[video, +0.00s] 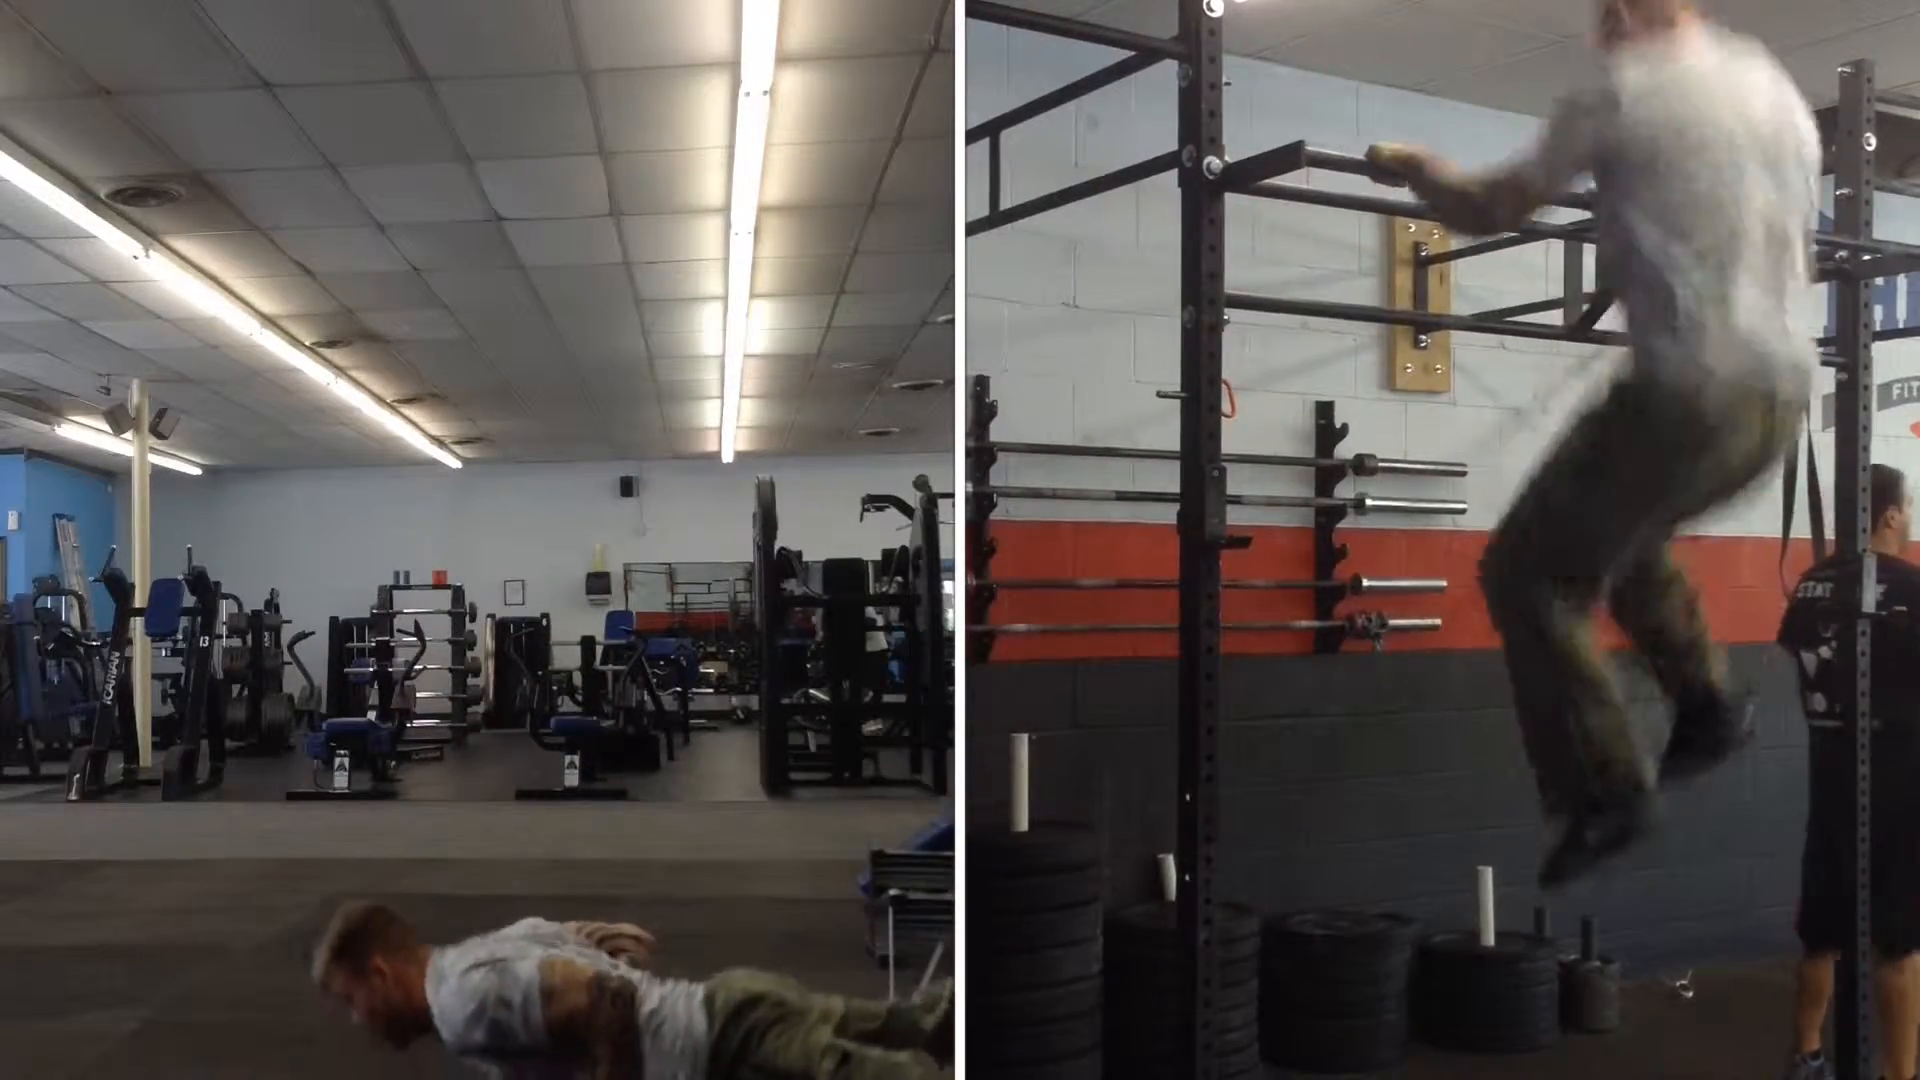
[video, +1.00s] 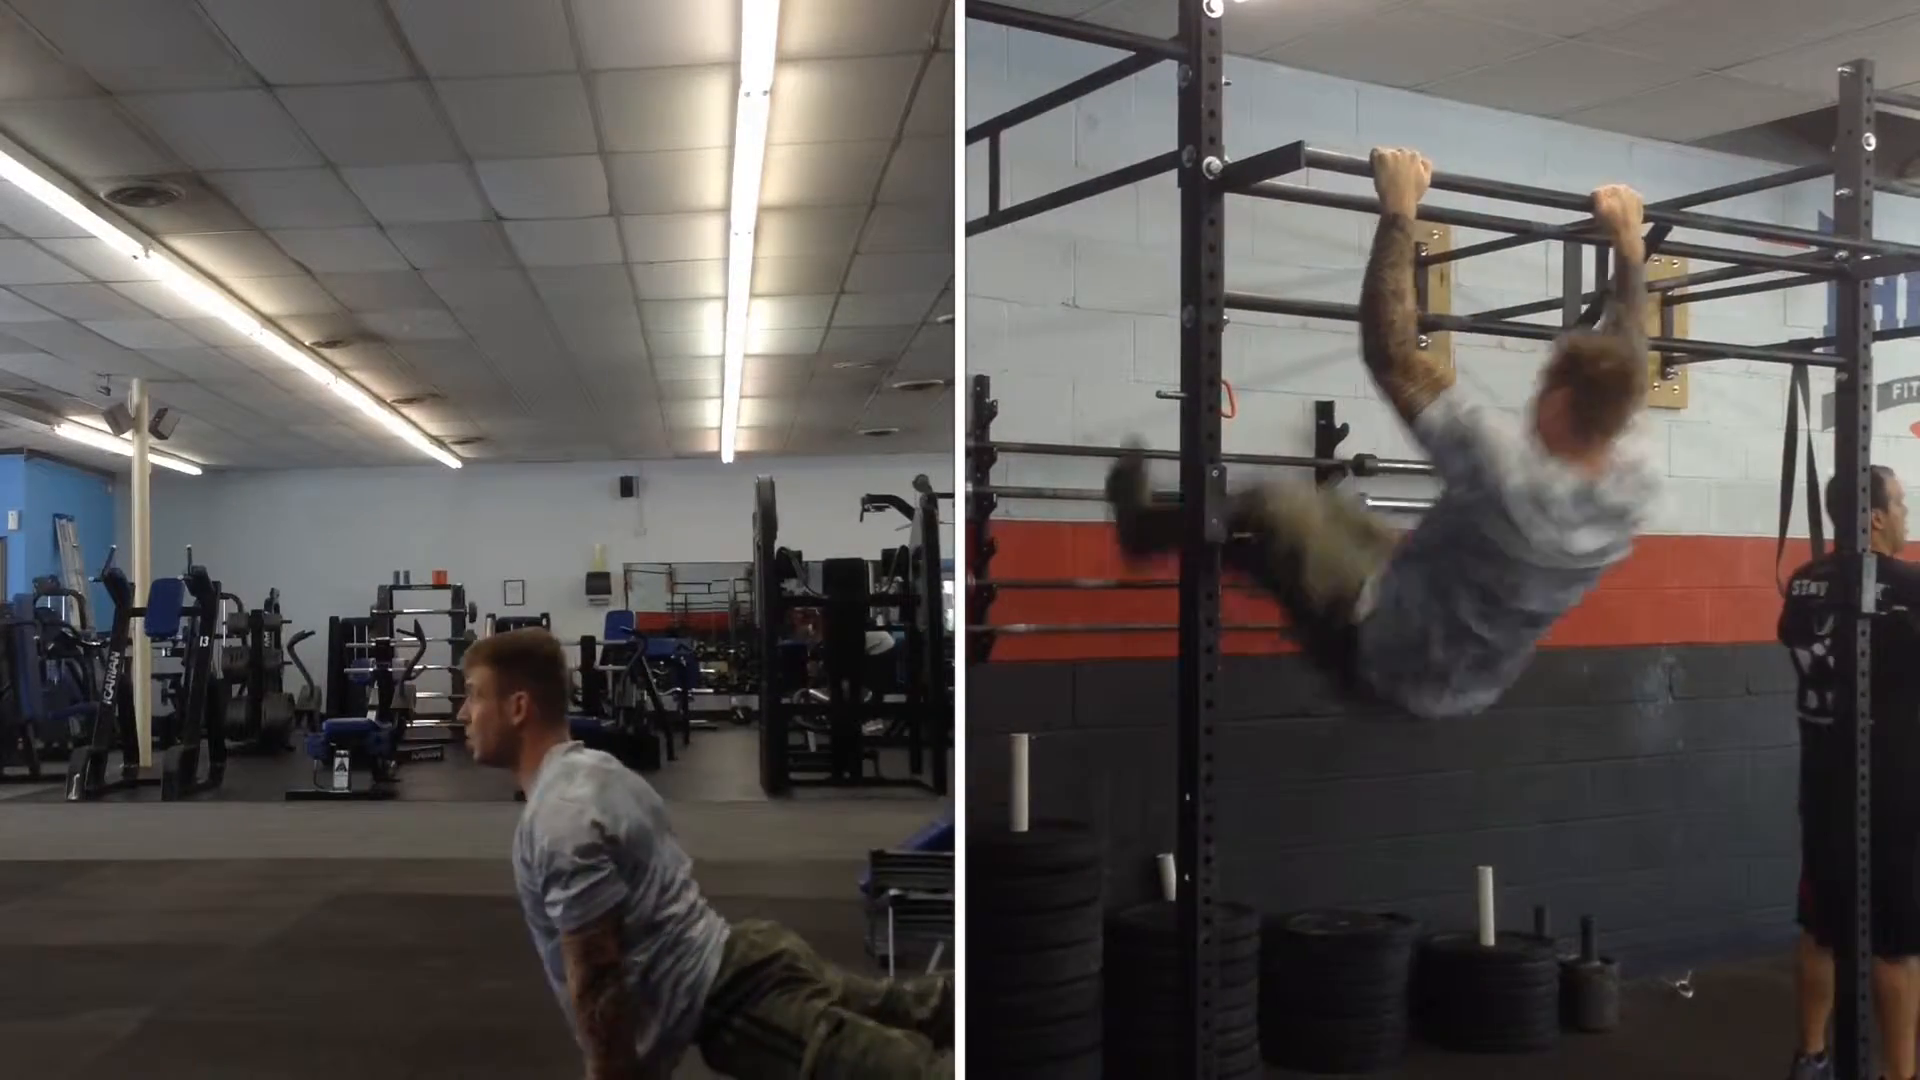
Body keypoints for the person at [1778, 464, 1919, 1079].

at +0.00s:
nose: (1910, 523)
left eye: (1907, 513)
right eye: (1908, 513)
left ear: (1852, 516)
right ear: (1892, 516)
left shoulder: (1813, 587)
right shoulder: (1906, 589)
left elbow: (1802, 676)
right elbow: (1911, 681)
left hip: (1832, 766)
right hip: (1900, 767)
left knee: (1822, 925)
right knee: (1900, 936)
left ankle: (1806, 1056)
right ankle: (1901, 1068)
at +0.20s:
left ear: (1866, 516)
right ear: (1907, 516)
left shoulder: (1830, 585)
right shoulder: (1912, 586)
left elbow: (1820, 668)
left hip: (1848, 771)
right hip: (1907, 774)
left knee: (1842, 907)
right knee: (1907, 932)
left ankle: (1814, 1042)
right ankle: (1903, 1067)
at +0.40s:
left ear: (1870, 517)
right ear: (1911, 518)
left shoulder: (1836, 582)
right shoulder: (1909, 583)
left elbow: (1822, 655)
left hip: (1853, 772)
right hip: (1904, 775)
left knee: (1855, 923)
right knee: (1904, 937)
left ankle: (1848, 1050)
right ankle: (1902, 1065)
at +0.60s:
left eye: (1919, 513)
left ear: (1871, 517)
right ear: (1908, 518)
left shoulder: (1835, 581)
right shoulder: (1908, 581)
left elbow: (1822, 658)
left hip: (1849, 770)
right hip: (1903, 773)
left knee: (1847, 918)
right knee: (1903, 933)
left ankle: (1830, 1048)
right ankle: (1904, 1066)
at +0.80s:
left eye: (1919, 509)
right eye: (1919, 510)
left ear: (1878, 518)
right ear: (1898, 517)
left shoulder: (1825, 581)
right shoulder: (1908, 584)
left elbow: (1817, 662)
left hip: (1841, 772)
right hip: (1903, 776)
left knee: (1835, 915)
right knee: (1903, 932)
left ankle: (1813, 1049)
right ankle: (1902, 1067)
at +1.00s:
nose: (1907, 517)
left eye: (1903, 505)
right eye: (1901, 507)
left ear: (1841, 517)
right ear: (1876, 517)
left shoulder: (1805, 588)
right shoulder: (1905, 588)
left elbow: (1803, 671)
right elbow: (1911, 686)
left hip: (1824, 777)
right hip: (1897, 781)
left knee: (1819, 926)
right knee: (1898, 938)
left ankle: (1812, 1057)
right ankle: (1901, 1068)